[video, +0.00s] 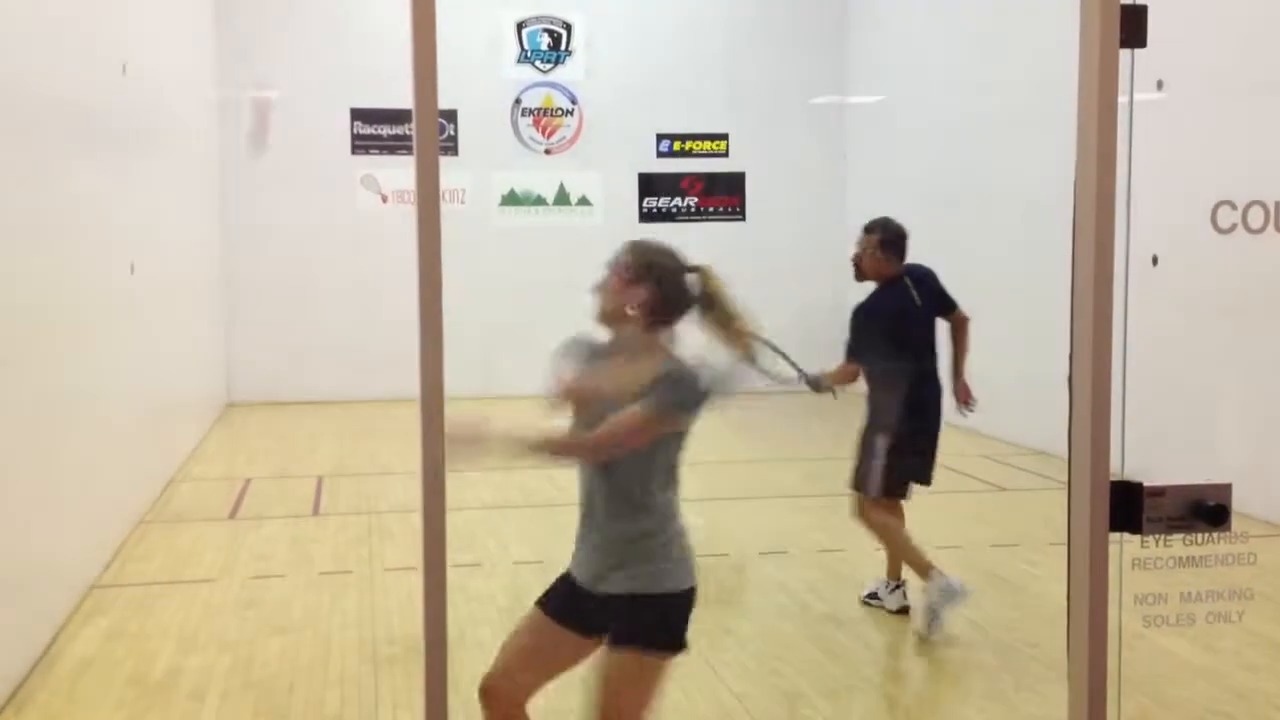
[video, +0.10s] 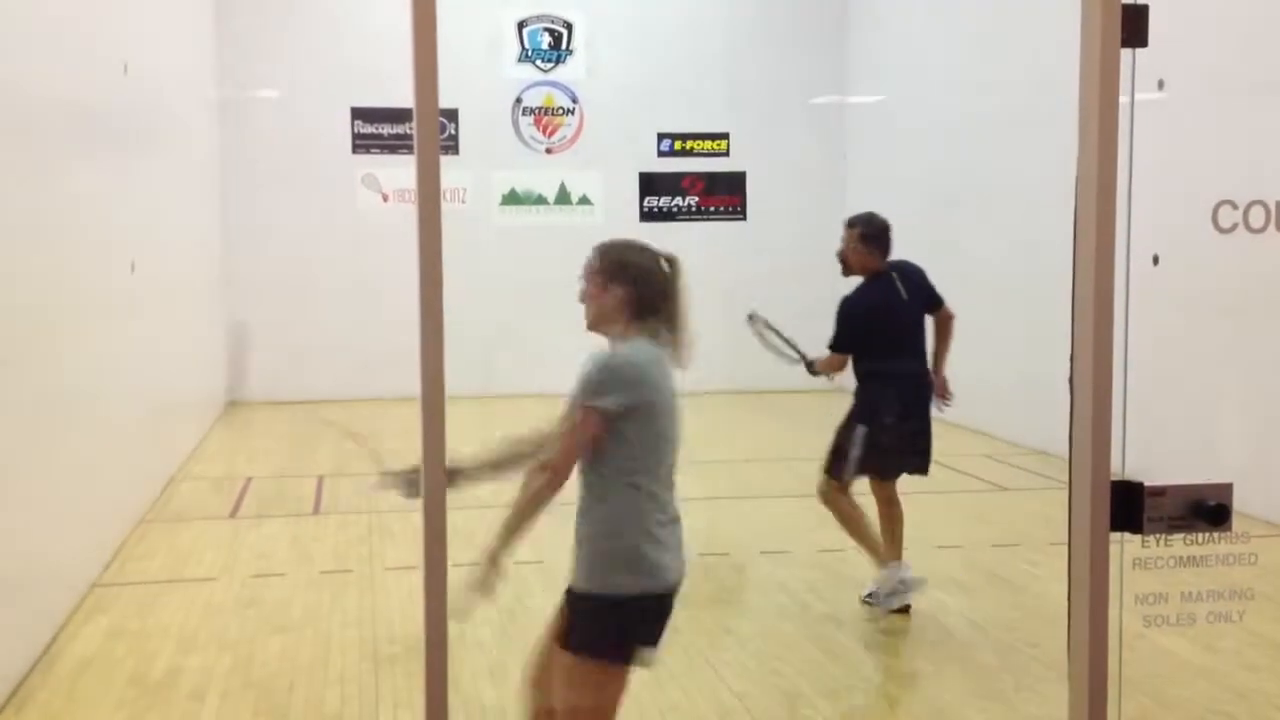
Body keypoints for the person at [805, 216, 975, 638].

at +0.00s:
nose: (855, 255)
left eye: (863, 249)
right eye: (859, 247)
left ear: (885, 256)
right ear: (891, 255)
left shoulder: (869, 311)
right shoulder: (920, 278)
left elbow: (851, 369)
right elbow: (959, 320)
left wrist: (822, 379)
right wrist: (959, 377)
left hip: (890, 418)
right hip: (921, 412)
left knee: (869, 508)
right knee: (890, 501)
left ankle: (938, 583)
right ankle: (894, 588)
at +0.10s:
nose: (840, 250)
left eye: (846, 243)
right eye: (843, 242)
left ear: (866, 248)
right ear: (877, 248)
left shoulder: (856, 303)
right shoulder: (909, 274)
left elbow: (838, 360)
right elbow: (944, 316)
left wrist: (817, 365)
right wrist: (938, 369)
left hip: (875, 405)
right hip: (912, 402)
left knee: (831, 489)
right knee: (884, 485)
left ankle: (889, 568)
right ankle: (894, 581)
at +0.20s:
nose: (823, 248)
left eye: (830, 242)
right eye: (826, 240)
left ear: (851, 247)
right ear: (860, 246)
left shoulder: (841, 297)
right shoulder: (897, 272)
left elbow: (822, 360)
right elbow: (930, 319)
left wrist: (814, 358)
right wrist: (914, 365)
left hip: (860, 401)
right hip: (901, 399)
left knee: (813, 483)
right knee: (881, 484)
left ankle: (832, 584)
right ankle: (894, 584)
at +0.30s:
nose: (813, 253)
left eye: (815, 246)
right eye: (814, 246)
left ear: (827, 249)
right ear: (855, 245)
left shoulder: (823, 298)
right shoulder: (886, 279)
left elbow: (808, 375)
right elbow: (918, 328)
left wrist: (808, 369)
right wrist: (896, 365)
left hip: (845, 403)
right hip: (889, 399)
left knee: (802, 489)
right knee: (876, 486)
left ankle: (779, 587)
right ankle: (894, 584)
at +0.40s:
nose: (802, 267)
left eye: (803, 261)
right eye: (804, 260)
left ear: (809, 261)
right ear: (842, 257)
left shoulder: (806, 306)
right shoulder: (872, 291)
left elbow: (795, 375)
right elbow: (907, 346)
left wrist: (799, 405)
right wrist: (882, 379)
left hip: (831, 406)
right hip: (879, 402)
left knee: (785, 494)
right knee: (869, 488)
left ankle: (767, 591)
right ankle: (888, 583)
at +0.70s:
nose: (838, 282)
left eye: (838, 276)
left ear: (837, 279)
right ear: (873, 278)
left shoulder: (821, 319)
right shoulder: (897, 313)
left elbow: (798, 387)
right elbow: (944, 368)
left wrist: (813, 417)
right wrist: (942, 415)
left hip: (829, 422)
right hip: (881, 424)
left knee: (794, 498)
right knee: (912, 480)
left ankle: (756, 579)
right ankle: (870, 561)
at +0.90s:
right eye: (949, 279)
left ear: (915, 279)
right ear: (948, 279)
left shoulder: (894, 311)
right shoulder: (959, 307)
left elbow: (865, 378)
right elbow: (1017, 348)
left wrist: (882, 411)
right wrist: (1052, 393)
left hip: (884, 411)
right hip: (921, 414)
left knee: (887, 486)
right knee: (919, 495)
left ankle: (819, 533)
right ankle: (860, 565)